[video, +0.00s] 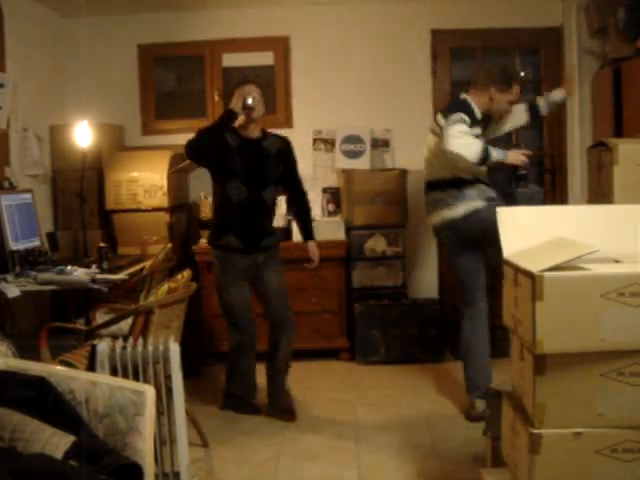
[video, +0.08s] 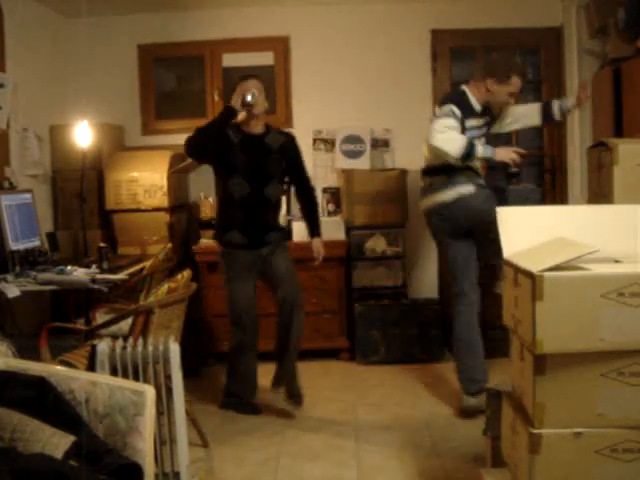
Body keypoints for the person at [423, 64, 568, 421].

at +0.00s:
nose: (506, 108)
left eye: (508, 103)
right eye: (505, 101)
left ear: (486, 94)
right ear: (489, 92)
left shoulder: (470, 115)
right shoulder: (459, 112)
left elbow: (513, 116)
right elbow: (457, 147)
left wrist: (553, 98)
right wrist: (503, 155)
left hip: (455, 217)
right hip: (468, 212)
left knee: (474, 304)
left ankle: (477, 394)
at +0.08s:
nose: (512, 100)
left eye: (514, 94)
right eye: (509, 93)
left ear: (492, 87)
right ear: (489, 85)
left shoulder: (484, 110)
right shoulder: (456, 105)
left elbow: (523, 114)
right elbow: (441, 142)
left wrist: (568, 104)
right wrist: (490, 153)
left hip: (449, 205)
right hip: (459, 199)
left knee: (465, 296)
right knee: (531, 207)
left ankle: (473, 390)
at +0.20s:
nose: (502, 104)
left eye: (506, 98)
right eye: (498, 96)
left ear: (503, 95)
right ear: (475, 88)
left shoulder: (492, 122)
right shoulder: (442, 109)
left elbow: (528, 134)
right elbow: (415, 140)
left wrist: (557, 127)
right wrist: (467, 152)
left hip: (467, 204)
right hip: (442, 203)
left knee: (459, 290)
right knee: (529, 214)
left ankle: (437, 383)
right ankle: (483, 268)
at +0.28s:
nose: (499, 104)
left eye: (503, 98)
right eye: (494, 97)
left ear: (499, 97)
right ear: (473, 90)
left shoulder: (491, 126)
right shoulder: (440, 113)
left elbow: (526, 146)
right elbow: (408, 143)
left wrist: (554, 134)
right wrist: (462, 153)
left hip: (467, 208)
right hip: (441, 207)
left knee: (456, 296)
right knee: (527, 221)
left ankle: (434, 383)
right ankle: (476, 271)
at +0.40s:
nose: (488, 95)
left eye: (491, 89)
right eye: (482, 87)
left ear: (491, 89)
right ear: (460, 81)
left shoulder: (486, 123)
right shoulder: (433, 112)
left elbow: (505, 160)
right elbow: (398, 150)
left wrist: (526, 174)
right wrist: (448, 154)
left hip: (470, 205)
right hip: (437, 202)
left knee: (463, 294)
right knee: (508, 226)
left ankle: (439, 383)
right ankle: (469, 294)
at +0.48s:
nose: (468, 87)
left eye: (472, 80)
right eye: (460, 80)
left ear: (478, 78)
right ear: (440, 75)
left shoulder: (487, 112)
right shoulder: (420, 112)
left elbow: (495, 164)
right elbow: (396, 159)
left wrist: (493, 208)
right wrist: (435, 156)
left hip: (477, 208)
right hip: (439, 204)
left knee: (472, 282)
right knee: (478, 258)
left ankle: (455, 372)